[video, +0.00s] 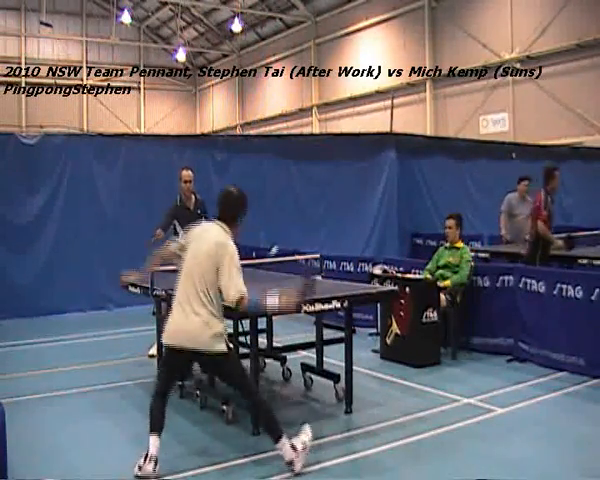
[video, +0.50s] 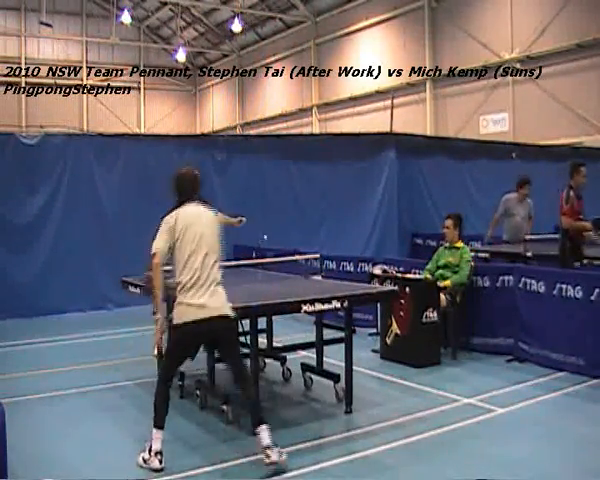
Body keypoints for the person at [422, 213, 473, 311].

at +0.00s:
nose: (446, 231)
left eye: (450, 228)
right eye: (445, 228)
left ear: (458, 230)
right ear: (444, 229)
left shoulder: (464, 251)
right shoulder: (442, 249)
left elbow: (463, 275)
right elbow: (431, 266)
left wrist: (447, 283)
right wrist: (428, 275)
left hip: (454, 284)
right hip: (436, 281)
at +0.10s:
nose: (446, 231)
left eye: (450, 228)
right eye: (445, 228)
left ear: (458, 230)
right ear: (443, 229)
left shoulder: (464, 251)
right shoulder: (442, 249)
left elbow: (463, 275)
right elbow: (431, 265)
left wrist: (447, 283)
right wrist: (428, 275)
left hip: (453, 284)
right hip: (436, 281)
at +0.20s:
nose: (446, 231)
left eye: (449, 228)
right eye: (445, 228)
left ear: (457, 230)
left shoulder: (464, 251)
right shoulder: (442, 249)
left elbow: (463, 276)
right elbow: (431, 266)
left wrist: (446, 283)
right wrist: (428, 275)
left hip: (453, 285)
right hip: (436, 281)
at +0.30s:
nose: (445, 231)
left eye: (448, 228)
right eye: (444, 228)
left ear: (457, 230)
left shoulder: (464, 251)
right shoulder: (442, 249)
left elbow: (463, 276)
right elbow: (430, 266)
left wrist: (447, 283)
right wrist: (428, 275)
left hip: (454, 284)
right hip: (436, 281)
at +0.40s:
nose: (444, 231)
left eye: (448, 228)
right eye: (444, 228)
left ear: (456, 230)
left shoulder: (464, 251)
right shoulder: (442, 249)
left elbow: (463, 275)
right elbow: (430, 266)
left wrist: (447, 283)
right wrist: (428, 276)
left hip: (454, 284)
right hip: (436, 282)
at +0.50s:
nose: (444, 231)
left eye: (448, 228)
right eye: (444, 228)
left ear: (456, 230)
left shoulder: (464, 251)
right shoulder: (442, 249)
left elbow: (463, 275)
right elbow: (431, 265)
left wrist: (447, 283)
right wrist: (428, 275)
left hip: (453, 284)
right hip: (436, 281)